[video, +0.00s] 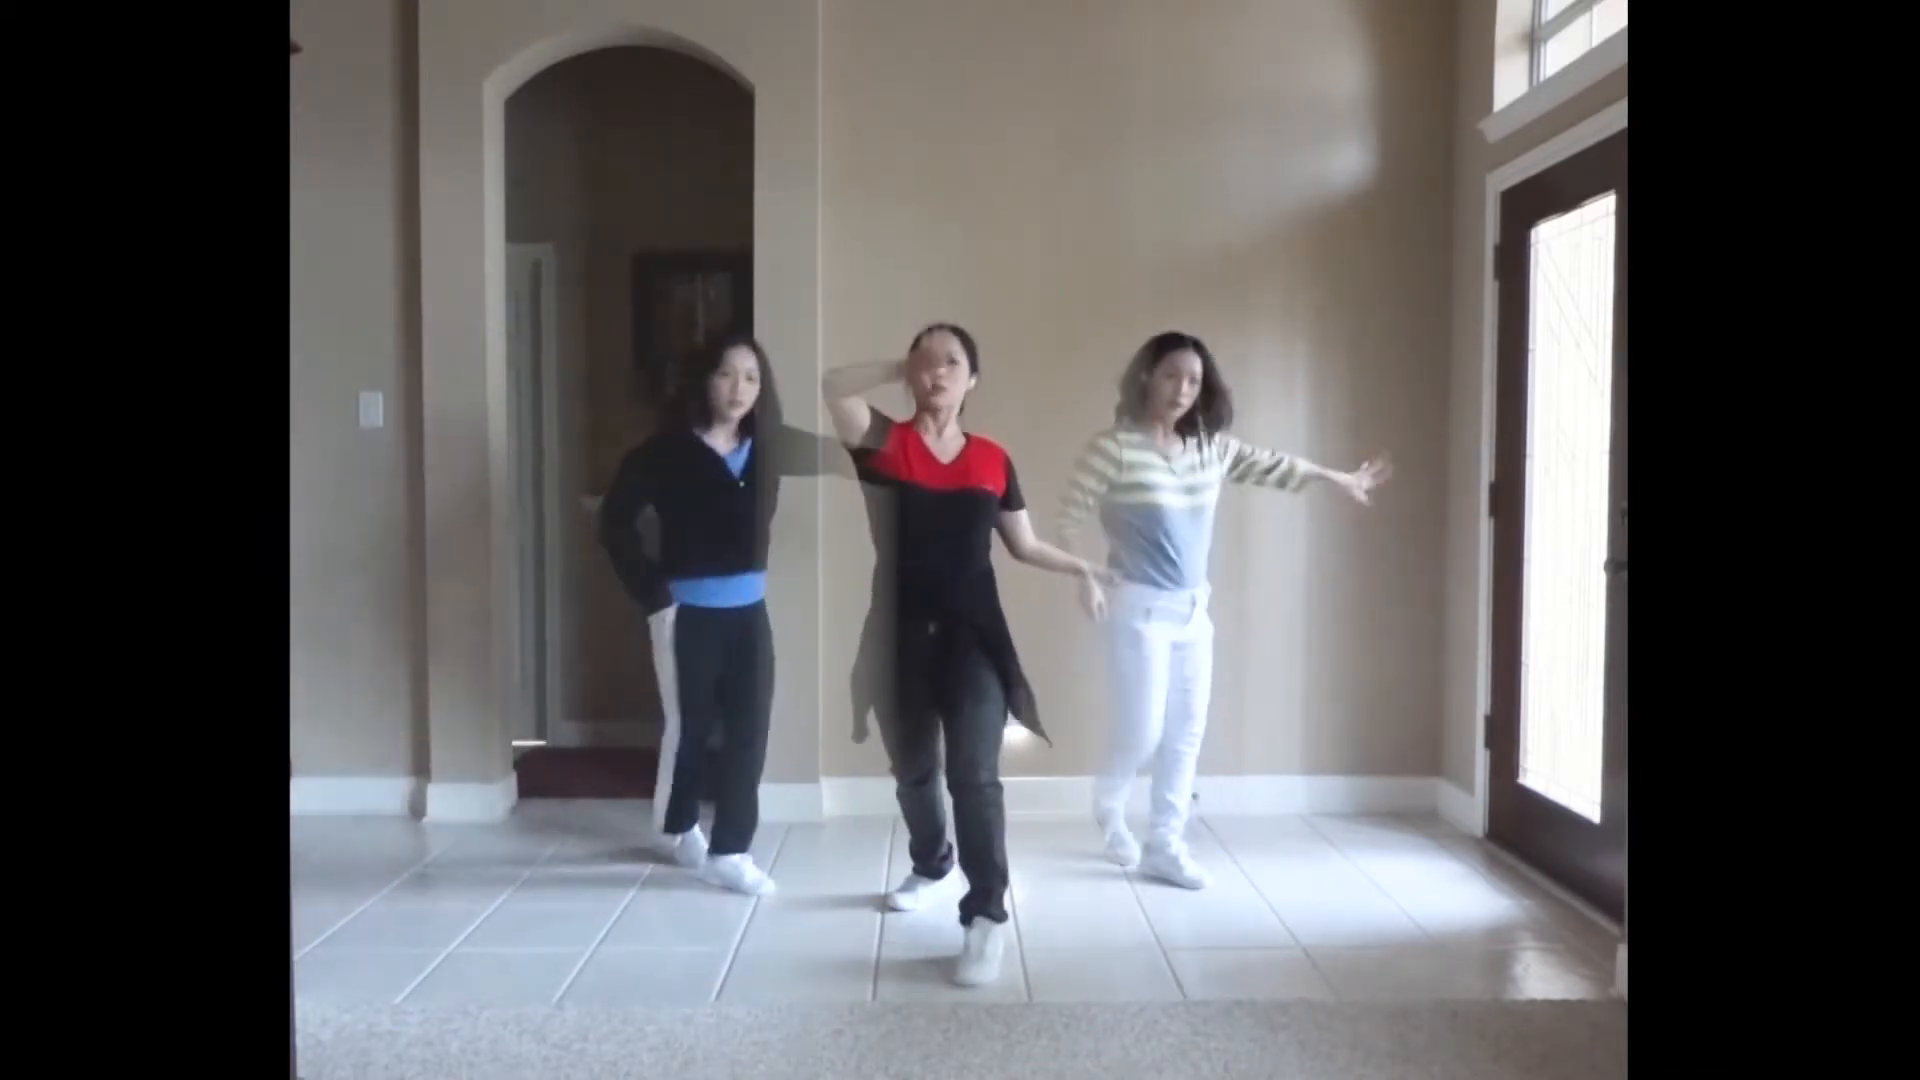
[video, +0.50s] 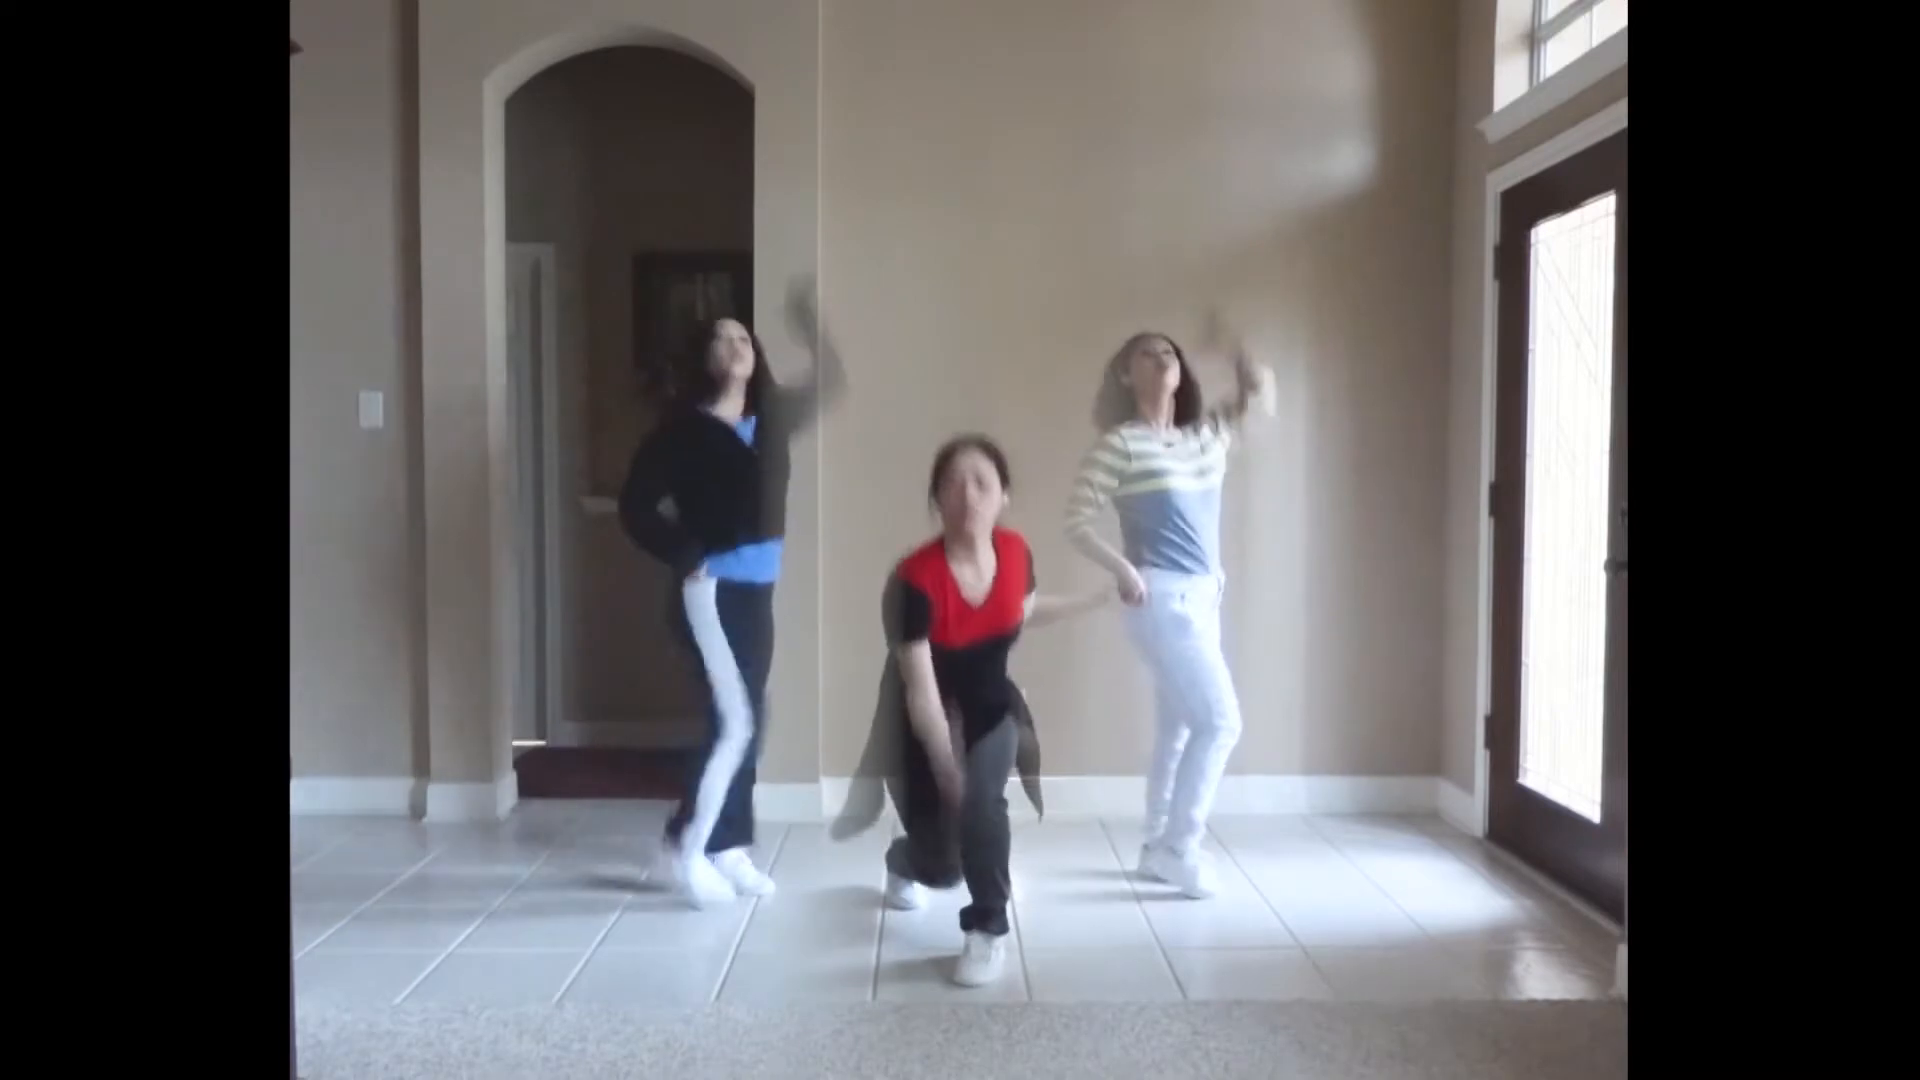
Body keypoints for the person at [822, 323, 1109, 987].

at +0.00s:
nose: (933, 375)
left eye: (947, 364)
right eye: (923, 365)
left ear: (972, 378)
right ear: (911, 379)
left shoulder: (989, 460)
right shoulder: (883, 446)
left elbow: (1024, 545)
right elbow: (835, 389)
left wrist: (1083, 566)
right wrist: (900, 369)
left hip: (973, 635)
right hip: (901, 633)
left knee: (973, 775)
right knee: (914, 772)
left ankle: (986, 914)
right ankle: (932, 866)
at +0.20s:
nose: (943, 378)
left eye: (958, 368)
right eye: (932, 368)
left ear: (981, 384)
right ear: (916, 384)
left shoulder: (998, 464)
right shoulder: (892, 457)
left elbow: (1032, 547)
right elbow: (848, 426)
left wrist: (1092, 563)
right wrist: (899, 367)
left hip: (986, 644)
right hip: (912, 643)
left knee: (984, 782)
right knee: (912, 781)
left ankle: (990, 918)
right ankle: (928, 864)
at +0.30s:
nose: (954, 394)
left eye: (967, 384)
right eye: (942, 384)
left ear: (988, 399)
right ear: (922, 402)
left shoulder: (1003, 475)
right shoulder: (905, 470)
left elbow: (1032, 558)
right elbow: (887, 503)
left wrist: (1101, 567)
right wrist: (894, 423)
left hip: (989, 653)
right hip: (919, 654)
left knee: (985, 783)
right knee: (917, 789)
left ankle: (990, 921)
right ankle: (911, 869)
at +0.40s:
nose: (959, 439)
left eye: (974, 429)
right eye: (946, 429)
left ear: (995, 446)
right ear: (928, 446)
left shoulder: (1011, 511)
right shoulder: (907, 522)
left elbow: (1031, 586)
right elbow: (917, 624)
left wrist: (1104, 581)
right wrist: (911, 529)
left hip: (988, 677)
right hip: (922, 682)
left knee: (983, 793)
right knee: (931, 829)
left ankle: (987, 925)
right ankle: (899, 864)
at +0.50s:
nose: (968, 494)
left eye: (981, 483)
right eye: (955, 483)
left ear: (1003, 497)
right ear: (937, 500)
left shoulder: (1014, 553)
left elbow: (1021, 613)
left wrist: (1101, 596)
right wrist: (951, 777)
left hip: (991, 708)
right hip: (925, 715)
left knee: (982, 798)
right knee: (943, 865)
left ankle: (985, 928)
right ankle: (901, 861)